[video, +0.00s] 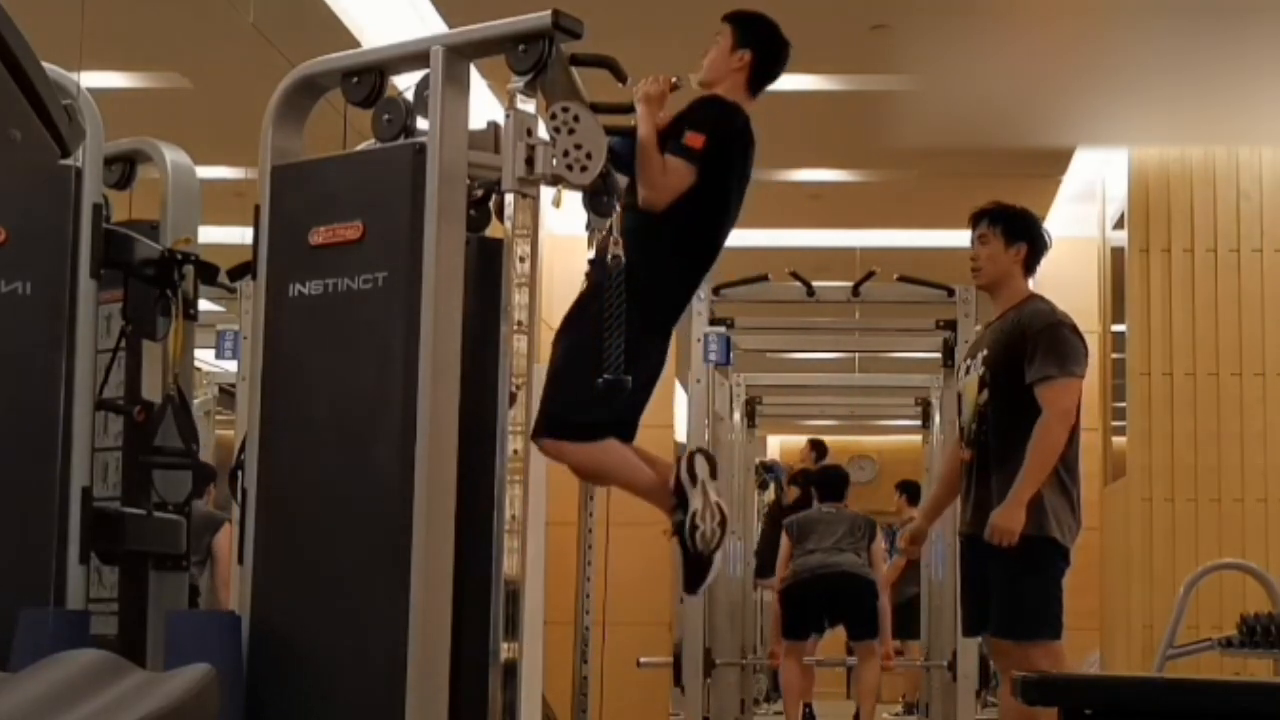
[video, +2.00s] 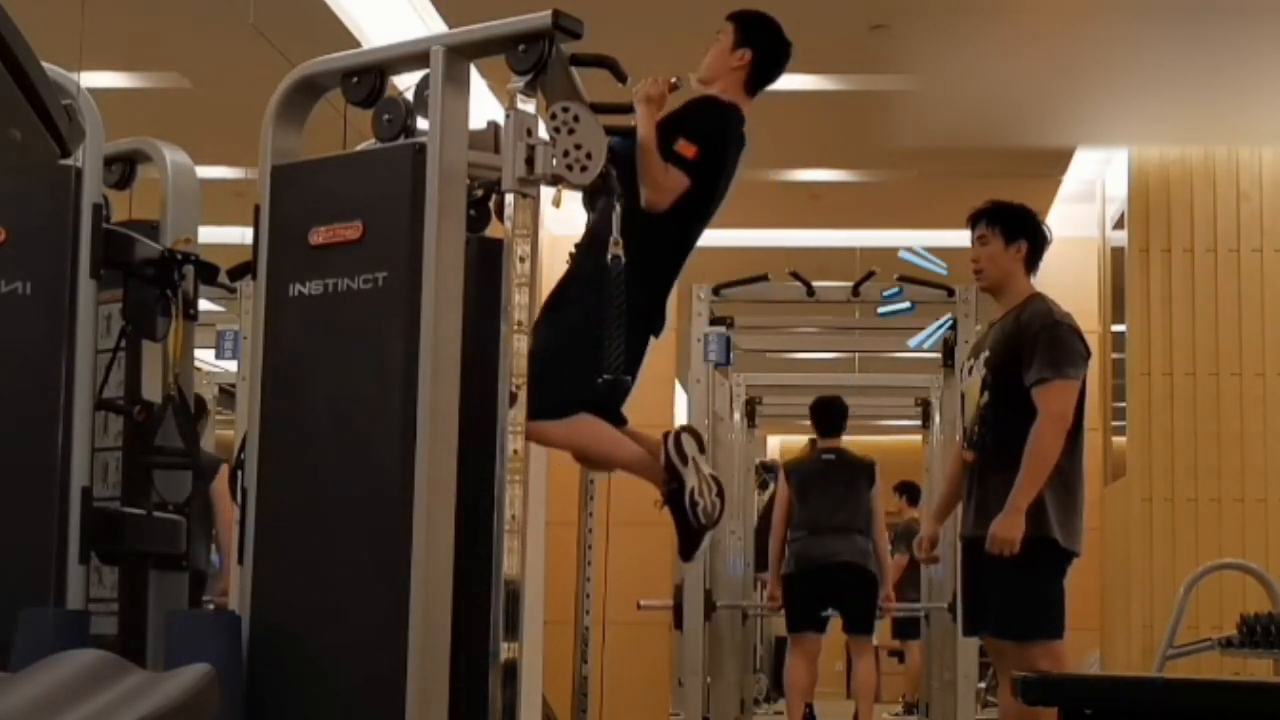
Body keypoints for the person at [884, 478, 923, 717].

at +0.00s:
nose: (894, 500)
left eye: (896, 496)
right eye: (895, 496)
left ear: (903, 497)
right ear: (912, 498)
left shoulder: (911, 523)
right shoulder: (910, 521)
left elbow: (900, 558)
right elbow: (901, 556)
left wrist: (884, 582)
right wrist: (887, 578)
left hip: (911, 590)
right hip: (908, 590)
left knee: (911, 647)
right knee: (909, 647)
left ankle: (911, 700)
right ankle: (912, 699)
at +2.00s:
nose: (893, 502)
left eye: (896, 497)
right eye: (894, 497)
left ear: (903, 499)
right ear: (914, 499)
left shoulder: (907, 526)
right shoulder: (917, 524)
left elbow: (900, 559)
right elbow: (904, 559)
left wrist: (888, 585)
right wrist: (893, 584)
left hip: (909, 593)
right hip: (916, 592)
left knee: (911, 648)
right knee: (913, 648)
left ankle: (911, 700)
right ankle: (913, 699)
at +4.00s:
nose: (900, 499)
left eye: (902, 495)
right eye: (902, 495)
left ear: (908, 496)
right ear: (918, 496)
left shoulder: (907, 522)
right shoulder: (923, 521)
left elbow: (901, 557)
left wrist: (890, 572)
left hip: (907, 589)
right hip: (919, 588)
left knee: (909, 646)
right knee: (914, 646)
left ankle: (909, 700)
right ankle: (915, 698)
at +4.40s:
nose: (899, 501)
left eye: (902, 496)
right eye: (901, 496)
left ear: (908, 498)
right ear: (917, 498)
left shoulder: (910, 527)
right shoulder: (920, 524)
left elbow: (904, 561)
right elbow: (908, 559)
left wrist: (890, 578)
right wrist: (893, 574)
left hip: (907, 592)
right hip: (917, 591)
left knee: (891, 640)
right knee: (920, 645)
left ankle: (908, 697)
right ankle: (919, 696)